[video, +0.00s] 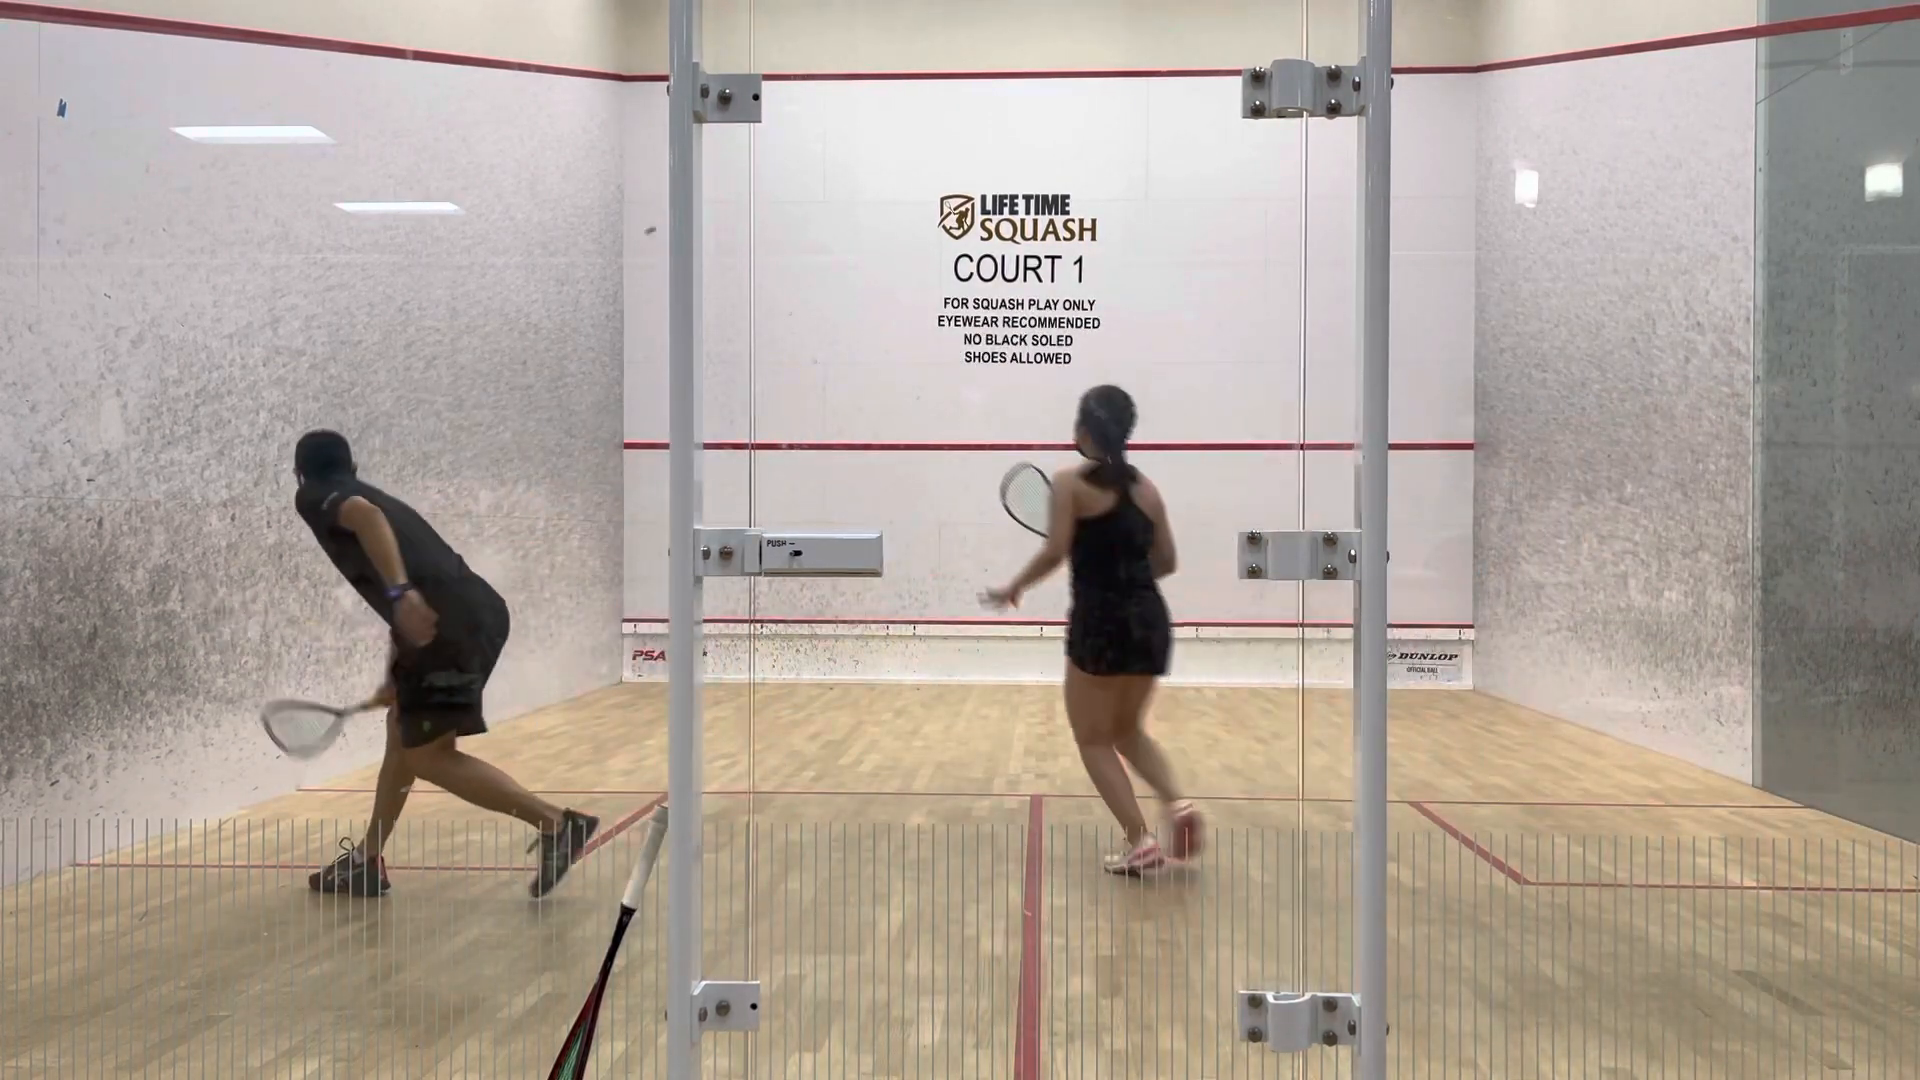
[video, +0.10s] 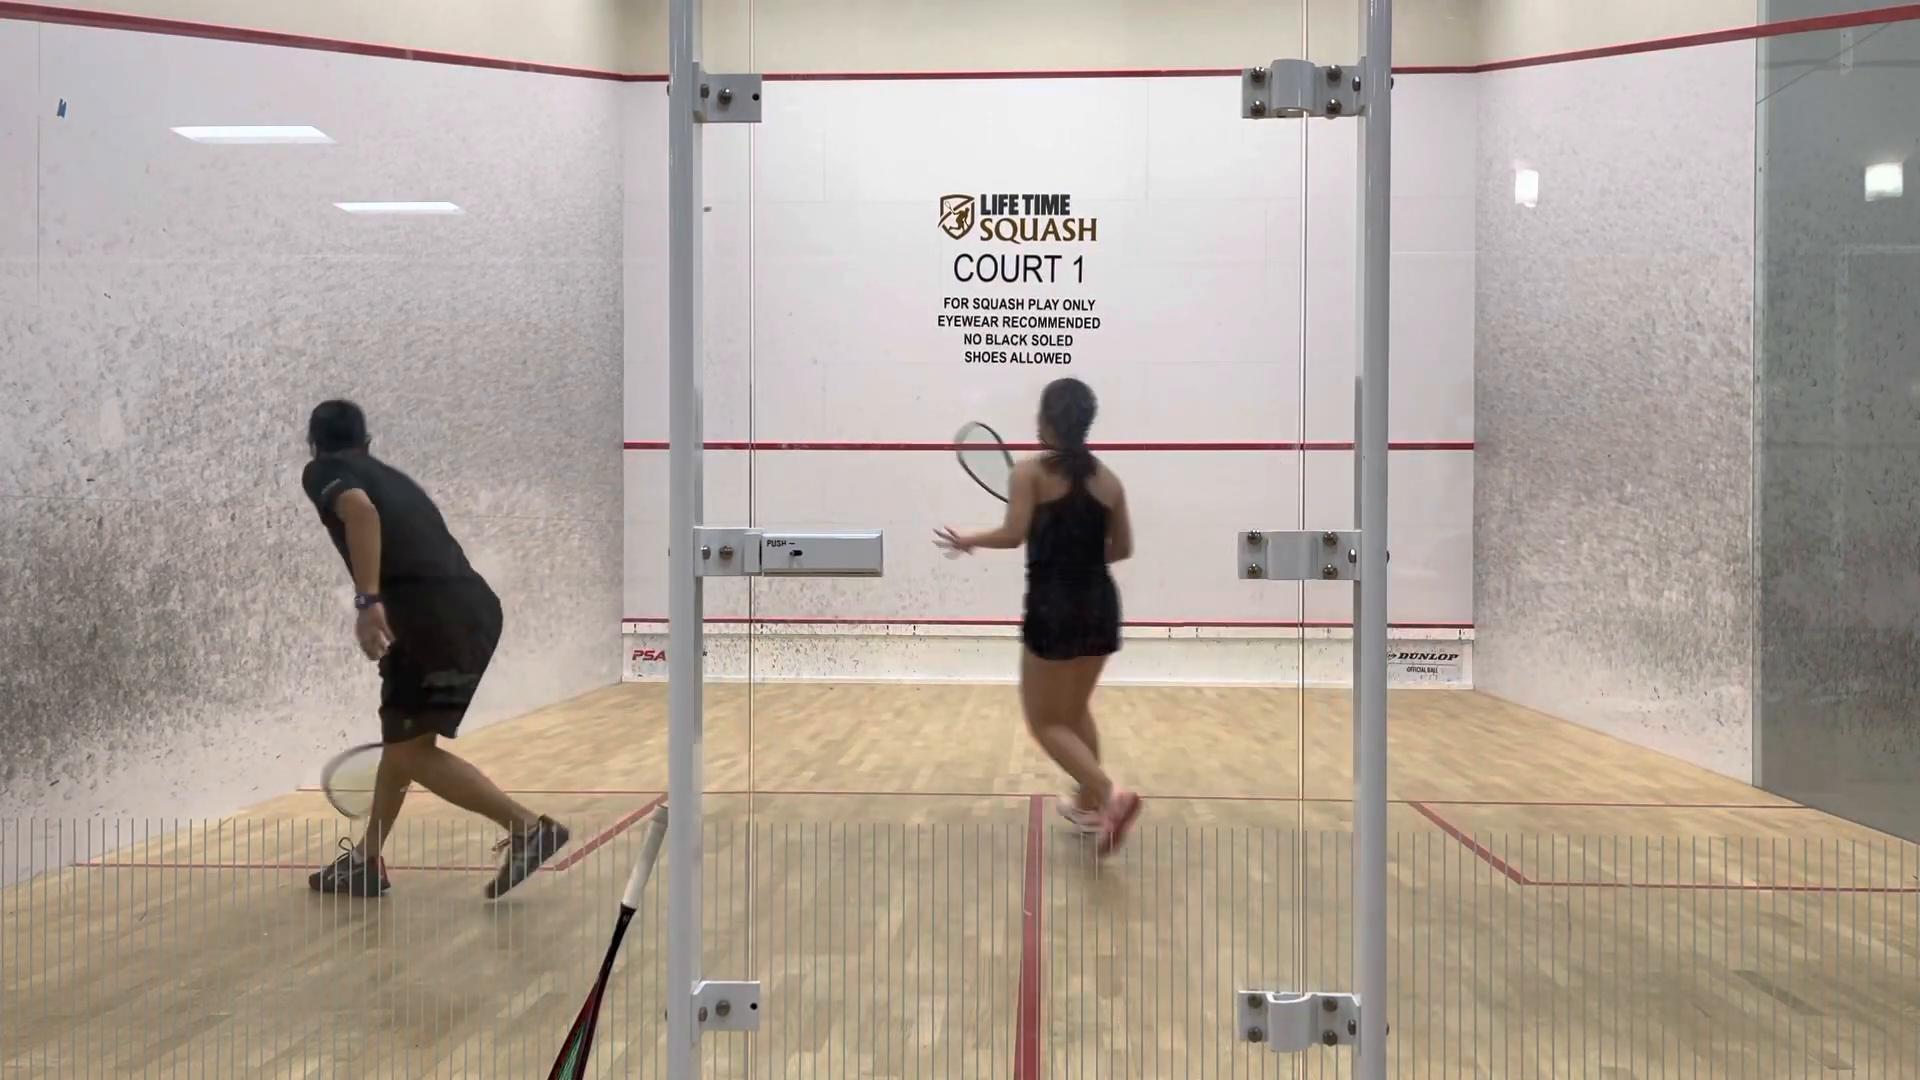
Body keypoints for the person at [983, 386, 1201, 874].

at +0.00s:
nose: (1073, 430)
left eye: (1077, 423)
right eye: (1078, 422)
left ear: (1084, 430)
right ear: (1123, 432)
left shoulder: (1069, 481)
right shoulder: (1145, 488)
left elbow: (1056, 550)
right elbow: (1165, 560)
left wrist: (1014, 588)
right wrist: (1119, 576)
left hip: (1098, 627)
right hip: (1149, 623)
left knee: (1093, 740)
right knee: (1129, 730)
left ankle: (1141, 841)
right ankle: (1178, 803)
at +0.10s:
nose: (1038, 421)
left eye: (1042, 413)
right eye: (1044, 413)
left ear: (1045, 419)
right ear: (1087, 422)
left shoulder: (1030, 470)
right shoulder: (1106, 480)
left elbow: (1013, 533)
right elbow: (1122, 547)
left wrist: (969, 539)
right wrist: (1075, 553)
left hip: (1053, 614)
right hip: (1100, 610)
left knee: (1045, 722)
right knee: (1077, 710)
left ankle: (1111, 797)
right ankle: (1090, 802)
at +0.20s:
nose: (996, 439)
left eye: (1000, 432)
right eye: (1001, 431)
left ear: (1005, 441)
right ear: (1044, 439)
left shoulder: (1001, 493)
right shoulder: (1063, 494)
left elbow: (969, 550)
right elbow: (1036, 548)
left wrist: (920, 521)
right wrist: (989, 521)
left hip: (1018, 629)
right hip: (1059, 626)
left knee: (970, 715)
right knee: (1037, 714)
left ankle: (1042, 774)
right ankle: (1055, 803)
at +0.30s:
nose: (954, 455)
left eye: (958, 449)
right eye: (956, 448)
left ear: (966, 455)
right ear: (997, 456)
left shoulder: (972, 506)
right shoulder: (1006, 503)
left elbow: (926, 554)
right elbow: (967, 553)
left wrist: (875, 520)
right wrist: (914, 526)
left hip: (986, 640)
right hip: (1018, 638)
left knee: (908, 696)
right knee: (997, 719)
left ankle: (945, 793)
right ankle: (1044, 802)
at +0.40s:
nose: (907, 452)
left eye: (911, 446)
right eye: (911, 446)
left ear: (919, 453)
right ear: (949, 452)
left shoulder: (934, 502)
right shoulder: (949, 496)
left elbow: (878, 544)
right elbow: (884, 528)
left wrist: (818, 512)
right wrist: (841, 500)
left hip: (943, 630)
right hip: (964, 626)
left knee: (872, 700)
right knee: (959, 716)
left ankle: (851, 791)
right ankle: (1032, 787)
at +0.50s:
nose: (863, 451)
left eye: (868, 445)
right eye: (866, 444)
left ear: (877, 453)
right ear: (901, 453)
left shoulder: (890, 503)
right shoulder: (886, 492)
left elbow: (827, 539)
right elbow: (828, 519)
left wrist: (762, 514)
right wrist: (788, 483)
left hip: (902, 627)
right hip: (913, 624)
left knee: (832, 697)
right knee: (887, 708)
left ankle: (841, 793)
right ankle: (964, 754)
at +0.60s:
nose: (823, 452)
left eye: (827, 446)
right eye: (825, 446)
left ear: (836, 451)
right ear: (862, 451)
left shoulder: (856, 498)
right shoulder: (839, 485)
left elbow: (787, 529)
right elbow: (788, 507)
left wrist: (721, 510)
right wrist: (761, 469)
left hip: (876, 617)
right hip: (865, 611)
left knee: (813, 698)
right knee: (810, 678)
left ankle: (841, 793)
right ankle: (857, 766)